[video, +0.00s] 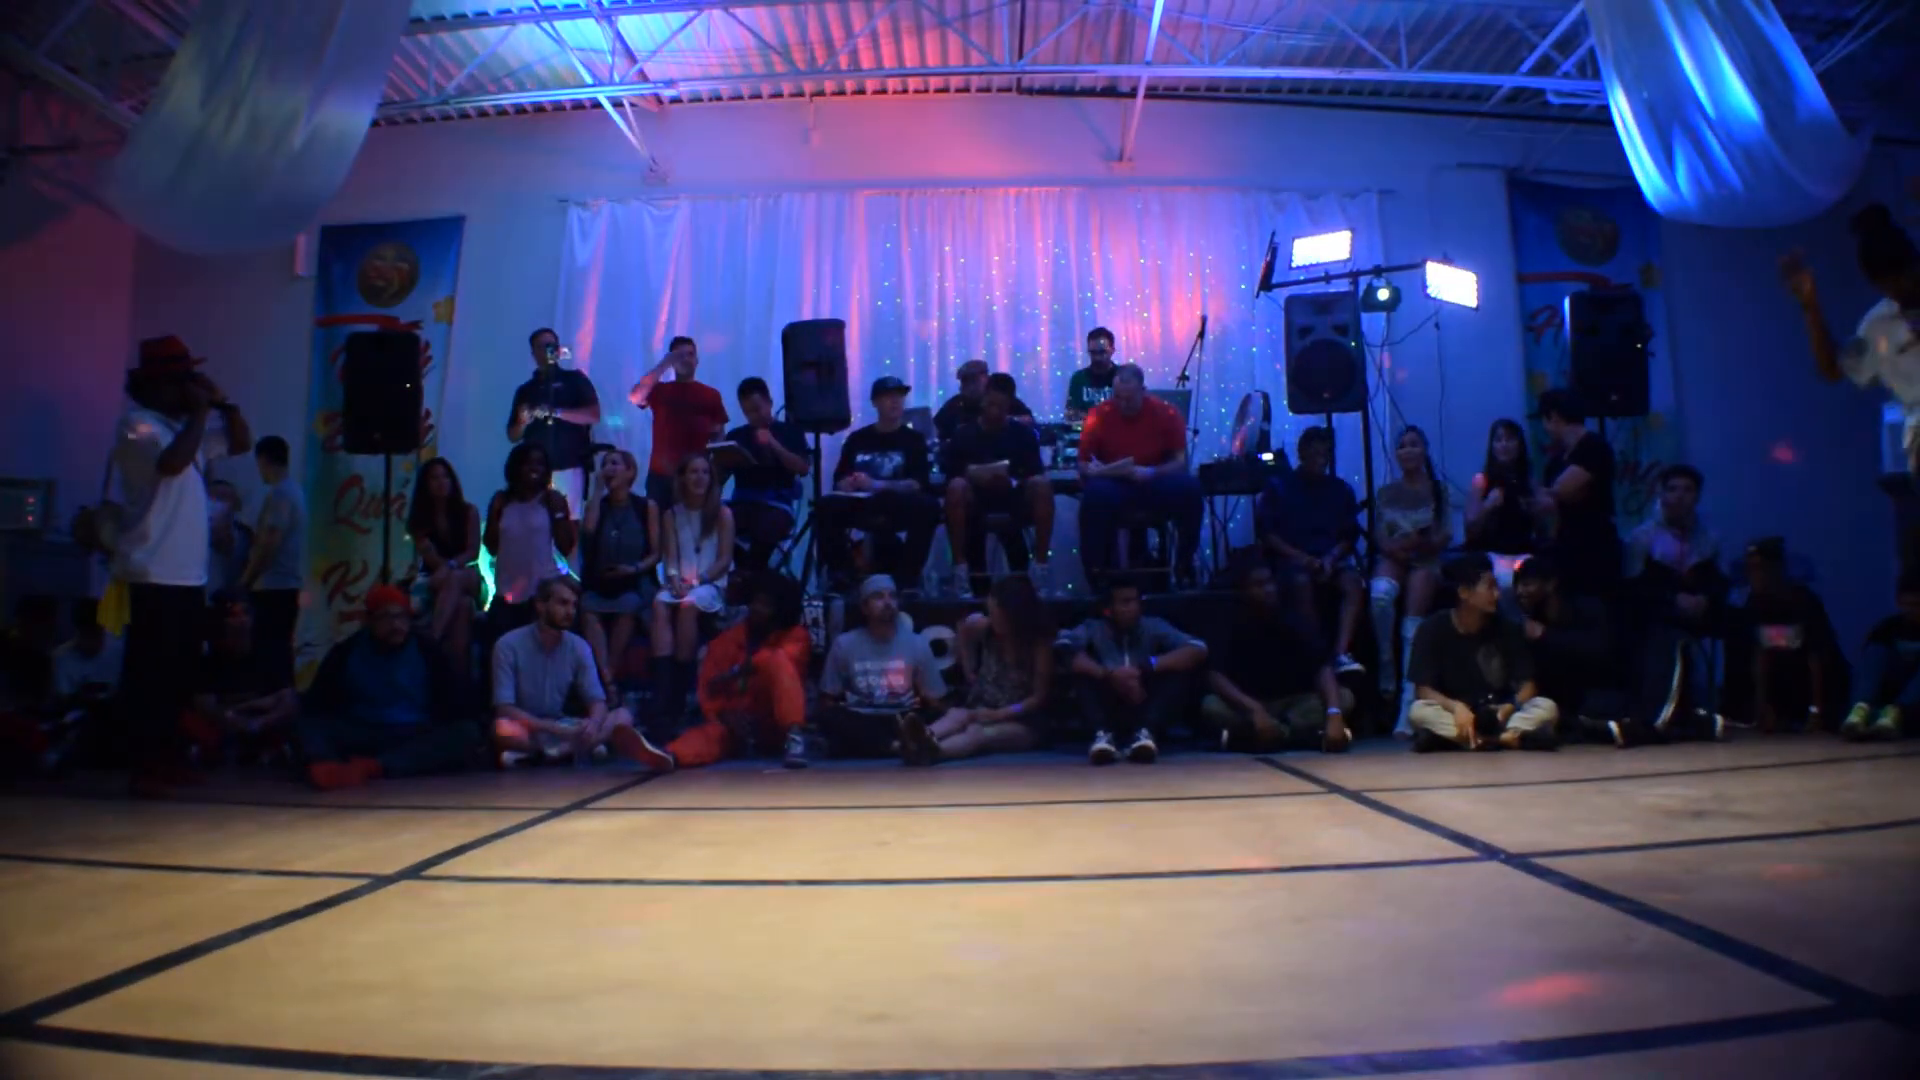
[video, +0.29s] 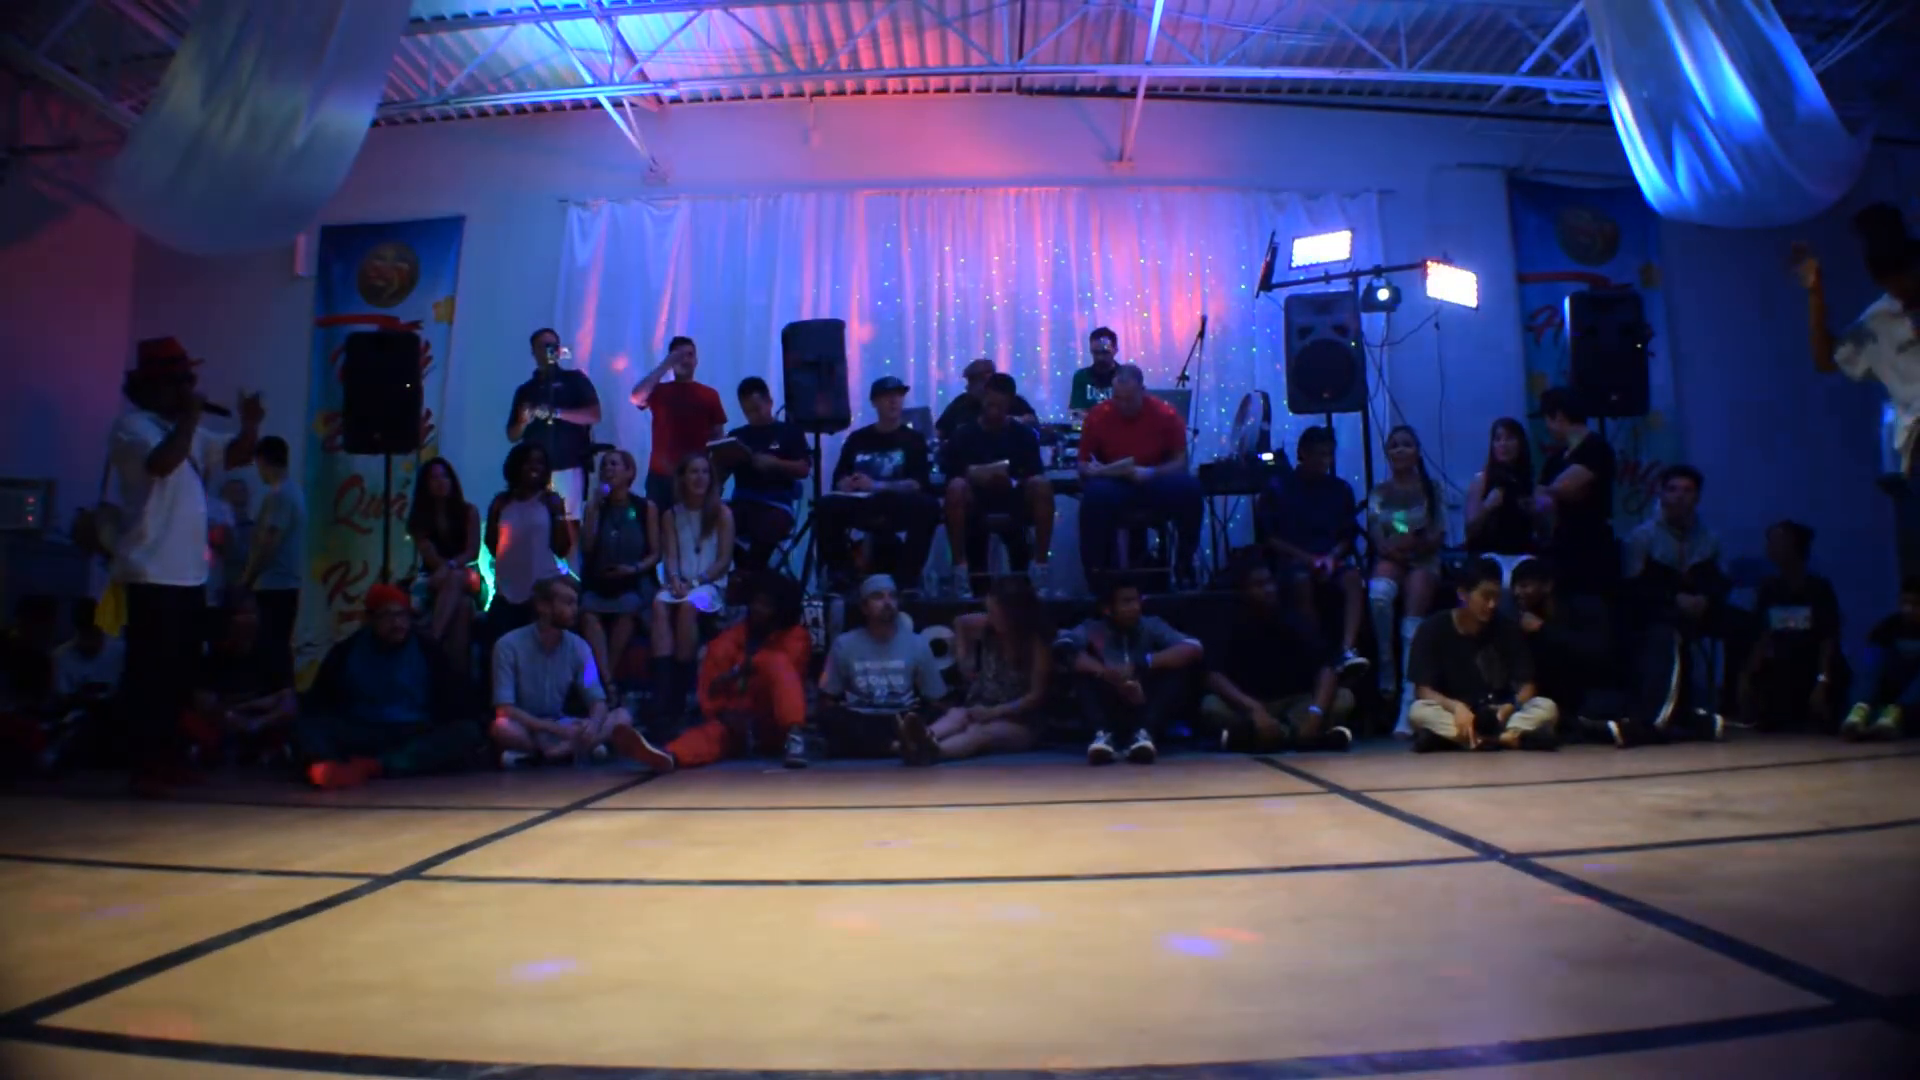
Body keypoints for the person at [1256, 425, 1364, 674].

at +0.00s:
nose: (1321, 460)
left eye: (1325, 454)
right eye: (1315, 453)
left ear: (1330, 456)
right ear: (1302, 454)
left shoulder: (1339, 488)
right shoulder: (1282, 487)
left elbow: (1351, 533)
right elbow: (1269, 534)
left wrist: (1332, 558)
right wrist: (1305, 560)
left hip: (1331, 558)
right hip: (1296, 558)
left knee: (1353, 583)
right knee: (1300, 584)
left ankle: (1342, 653)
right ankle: (1314, 656)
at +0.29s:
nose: (1325, 461)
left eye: (1328, 455)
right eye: (1319, 454)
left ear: (1333, 456)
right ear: (1302, 455)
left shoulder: (1340, 488)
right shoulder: (1282, 486)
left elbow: (1348, 533)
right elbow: (1270, 537)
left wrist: (1333, 557)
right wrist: (1309, 559)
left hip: (1330, 556)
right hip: (1296, 557)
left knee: (1353, 579)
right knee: (1301, 582)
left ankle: (1348, 648)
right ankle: (1312, 651)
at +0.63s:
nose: (1323, 454)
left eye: (1326, 447)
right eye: (1316, 448)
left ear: (1331, 451)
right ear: (1299, 452)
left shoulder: (1339, 487)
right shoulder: (1279, 487)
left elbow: (1347, 535)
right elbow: (1269, 538)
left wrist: (1332, 559)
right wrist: (1309, 561)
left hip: (1330, 557)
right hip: (1294, 558)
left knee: (1353, 581)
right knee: (1301, 584)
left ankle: (1352, 650)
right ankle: (1312, 655)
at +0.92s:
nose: (1320, 449)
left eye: (1322, 443)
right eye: (1313, 444)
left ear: (1327, 449)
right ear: (1297, 451)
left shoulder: (1339, 485)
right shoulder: (1278, 486)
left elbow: (1346, 532)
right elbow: (1268, 536)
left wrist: (1331, 560)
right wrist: (1305, 561)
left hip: (1330, 557)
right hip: (1294, 558)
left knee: (1353, 582)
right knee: (1300, 585)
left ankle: (1357, 653)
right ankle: (1314, 660)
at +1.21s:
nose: (1307, 449)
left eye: (1313, 443)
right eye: (1302, 443)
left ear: (1325, 451)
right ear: (1294, 450)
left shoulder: (1340, 486)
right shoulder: (1278, 485)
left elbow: (1343, 533)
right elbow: (1268, 536)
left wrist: (1329, 565)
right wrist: (1311, 560)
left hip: (1329, 558)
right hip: (1292, 557)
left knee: (1355, 584)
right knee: (1304, 583)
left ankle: (1356, 658)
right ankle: (1306, 660)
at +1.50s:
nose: (1301, 449)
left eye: (1309, 444)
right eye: (1299, 443)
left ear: (1324, 453)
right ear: (1294, 449)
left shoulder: (1339, 488)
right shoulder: (1278, 483)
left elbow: (1336, 536)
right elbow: (1266, 533)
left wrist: (1326, 572)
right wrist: (1301, 554)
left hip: (1324, 557)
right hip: (1289, 556)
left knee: (1351, 584)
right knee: (1305, 579)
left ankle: (1353, 659)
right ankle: (1305, 658)